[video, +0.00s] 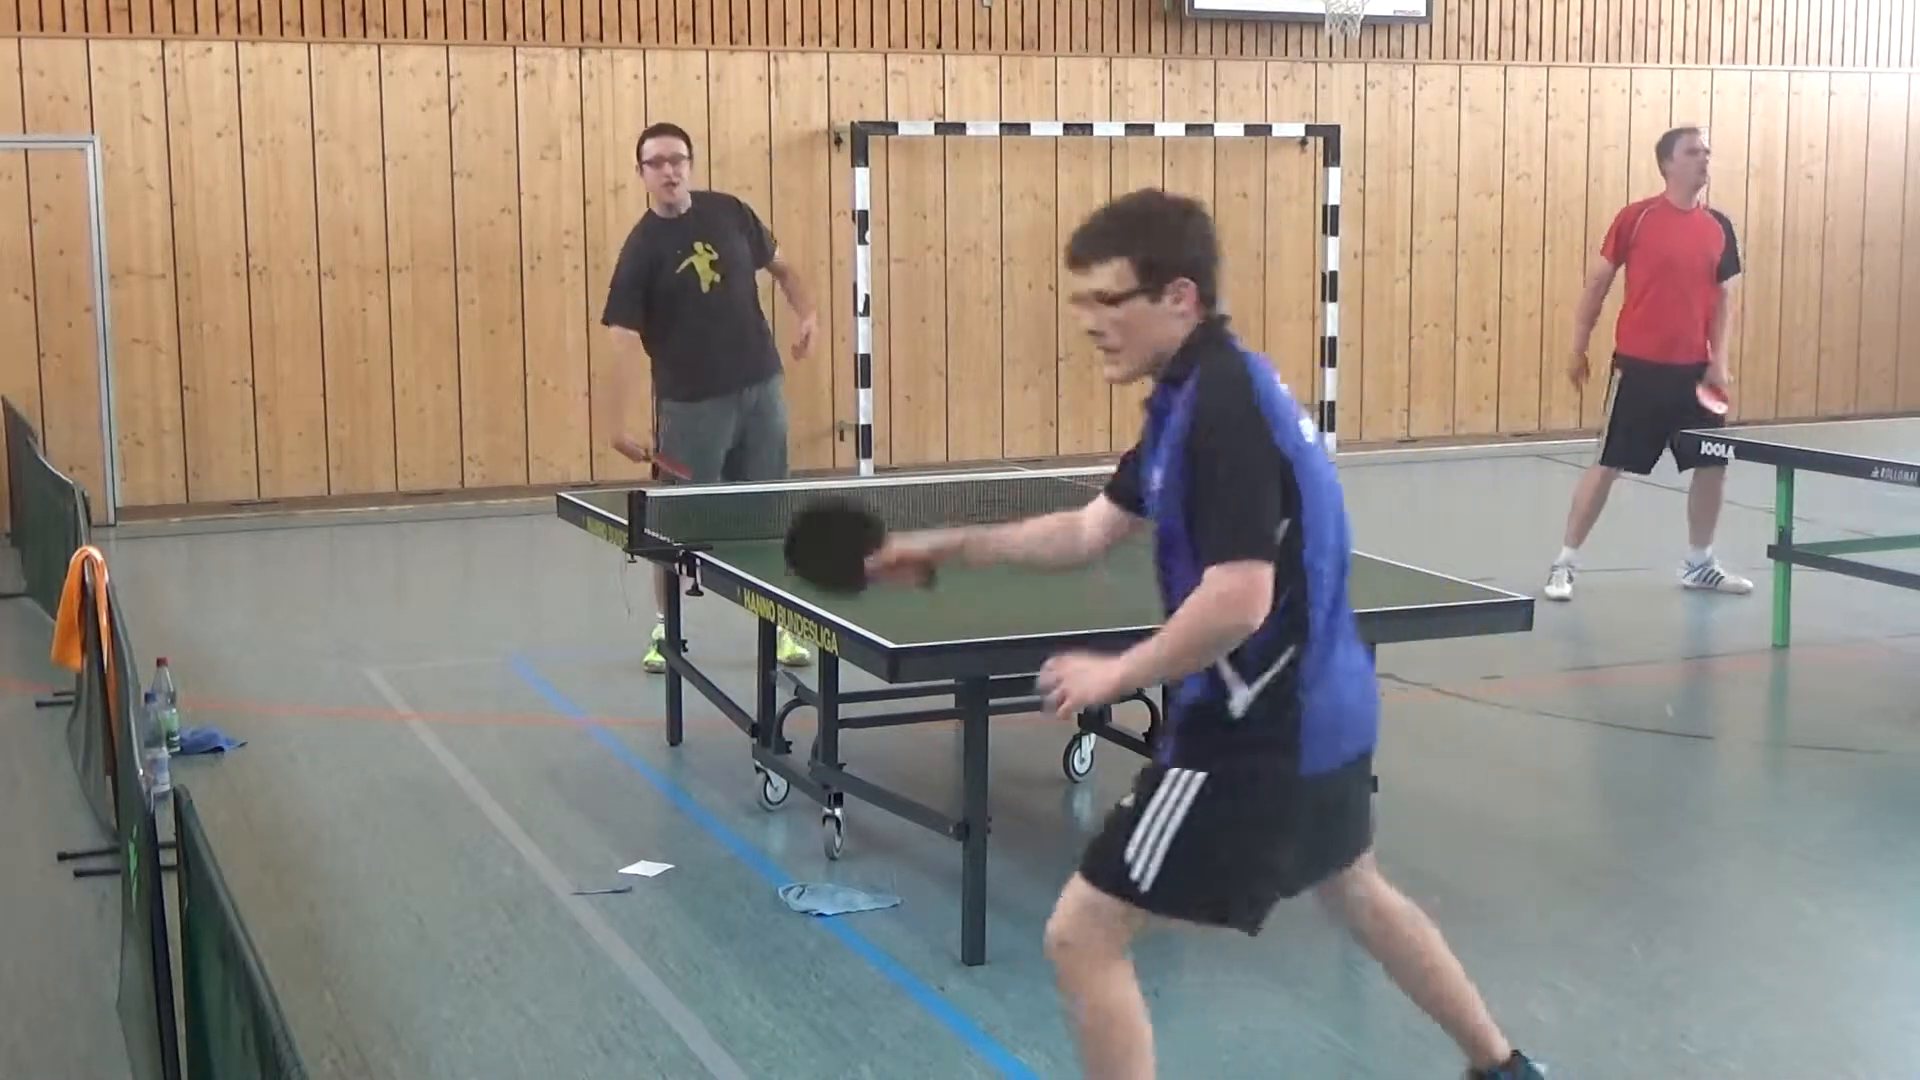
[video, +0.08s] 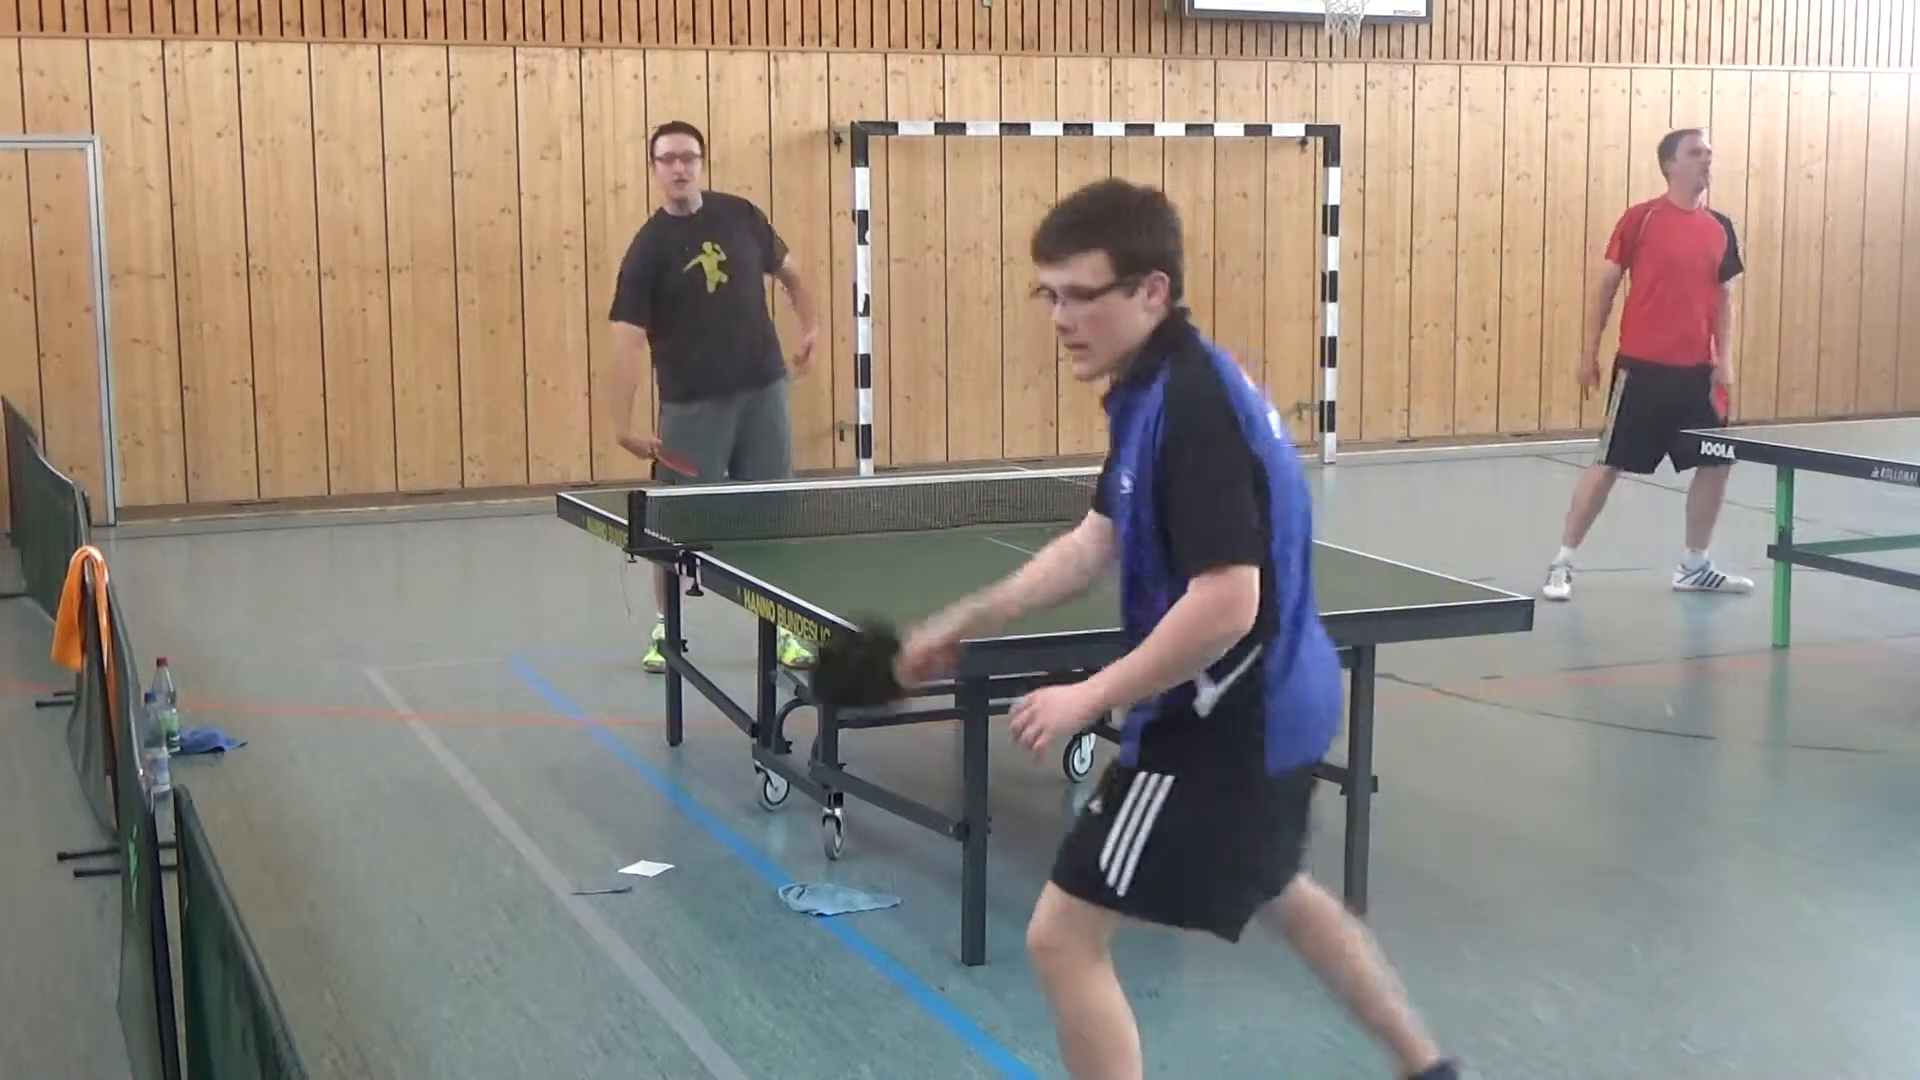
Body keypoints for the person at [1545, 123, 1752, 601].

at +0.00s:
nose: (1706, 158)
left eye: (1707, 152)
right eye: (1695, 152)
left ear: (1708, 161)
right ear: (1668, 163)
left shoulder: (1718, 226)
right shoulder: (1634, 218)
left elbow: (1723, 300)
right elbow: (1596, 284)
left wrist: (1719, 363)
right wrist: (1579, 349)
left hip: (1697, 371)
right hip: (1641, 369)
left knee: (1712, 463)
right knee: (1608, 465)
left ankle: (1699, 564)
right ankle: (1565, 563)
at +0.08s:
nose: (1708, 159)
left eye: (1709, 152)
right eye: (1697, 153)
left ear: (1708, 162)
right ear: (1670, 164)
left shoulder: (1719, 227)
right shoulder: (1639, 219)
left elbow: (1723, 299)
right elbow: (1606, 286)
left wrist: (1723, 362)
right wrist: (1590, 354)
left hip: (1697, 371)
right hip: (1644, 369)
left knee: (1715, 460)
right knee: (1609, 464)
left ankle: (1695, 565)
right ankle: (1563, 562)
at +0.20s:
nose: (1719, 158)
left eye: (1719, 151)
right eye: (1707, 151)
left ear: (1716, 162)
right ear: (1680, 164)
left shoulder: (1727, 225)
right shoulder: (1653, 217)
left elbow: (1733, 299)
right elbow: (1620, 286)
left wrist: (1736, 359)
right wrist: (1614, 353)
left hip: (1710, 369)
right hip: (1659, 366)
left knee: (1716, 463)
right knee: (1628, 460)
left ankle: (1694, 565)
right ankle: (1567, 555)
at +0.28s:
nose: (1726, 156)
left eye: (1726, 149)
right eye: (1715, 149)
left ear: (1723, 160)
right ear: (1689, 162)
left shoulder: (1730, 224)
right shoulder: (1664, 214)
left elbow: (1738, 297)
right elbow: (1635, 282)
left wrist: (1742, 362)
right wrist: (1635, 349)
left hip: (1719, 364)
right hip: (1675, 361)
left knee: (1712, 464)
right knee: (1655, 462)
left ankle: (1693, 564)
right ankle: (1587, 544)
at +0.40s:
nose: (1744, 154)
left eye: (1743, 148)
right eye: (1733, 148)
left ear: (1728, 161)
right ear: (1705, 159)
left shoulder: (1733, 221)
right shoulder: (1686, 210)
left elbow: (1739, 292)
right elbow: (1655, 276)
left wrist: (1755, 349)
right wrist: (1667, 345)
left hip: (1724, 357)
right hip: (1693, 355)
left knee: (1707, 462)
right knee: (1704, 458)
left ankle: (1692, 566)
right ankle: (1627, 542)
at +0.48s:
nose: (1756, 154)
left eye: (1753, 147)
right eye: (1746, 148)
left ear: (1731, 160)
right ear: (1720, 160)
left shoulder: (1732, 211)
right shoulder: (1704, 208)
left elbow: (1735, 288)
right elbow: (1671, 277)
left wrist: (1762, 341)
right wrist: (1692, 341)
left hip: (1719, 354)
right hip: (1704, 355)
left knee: (1699, 459)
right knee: (1739, 455)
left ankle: (1689, 561)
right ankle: (1675, 540)